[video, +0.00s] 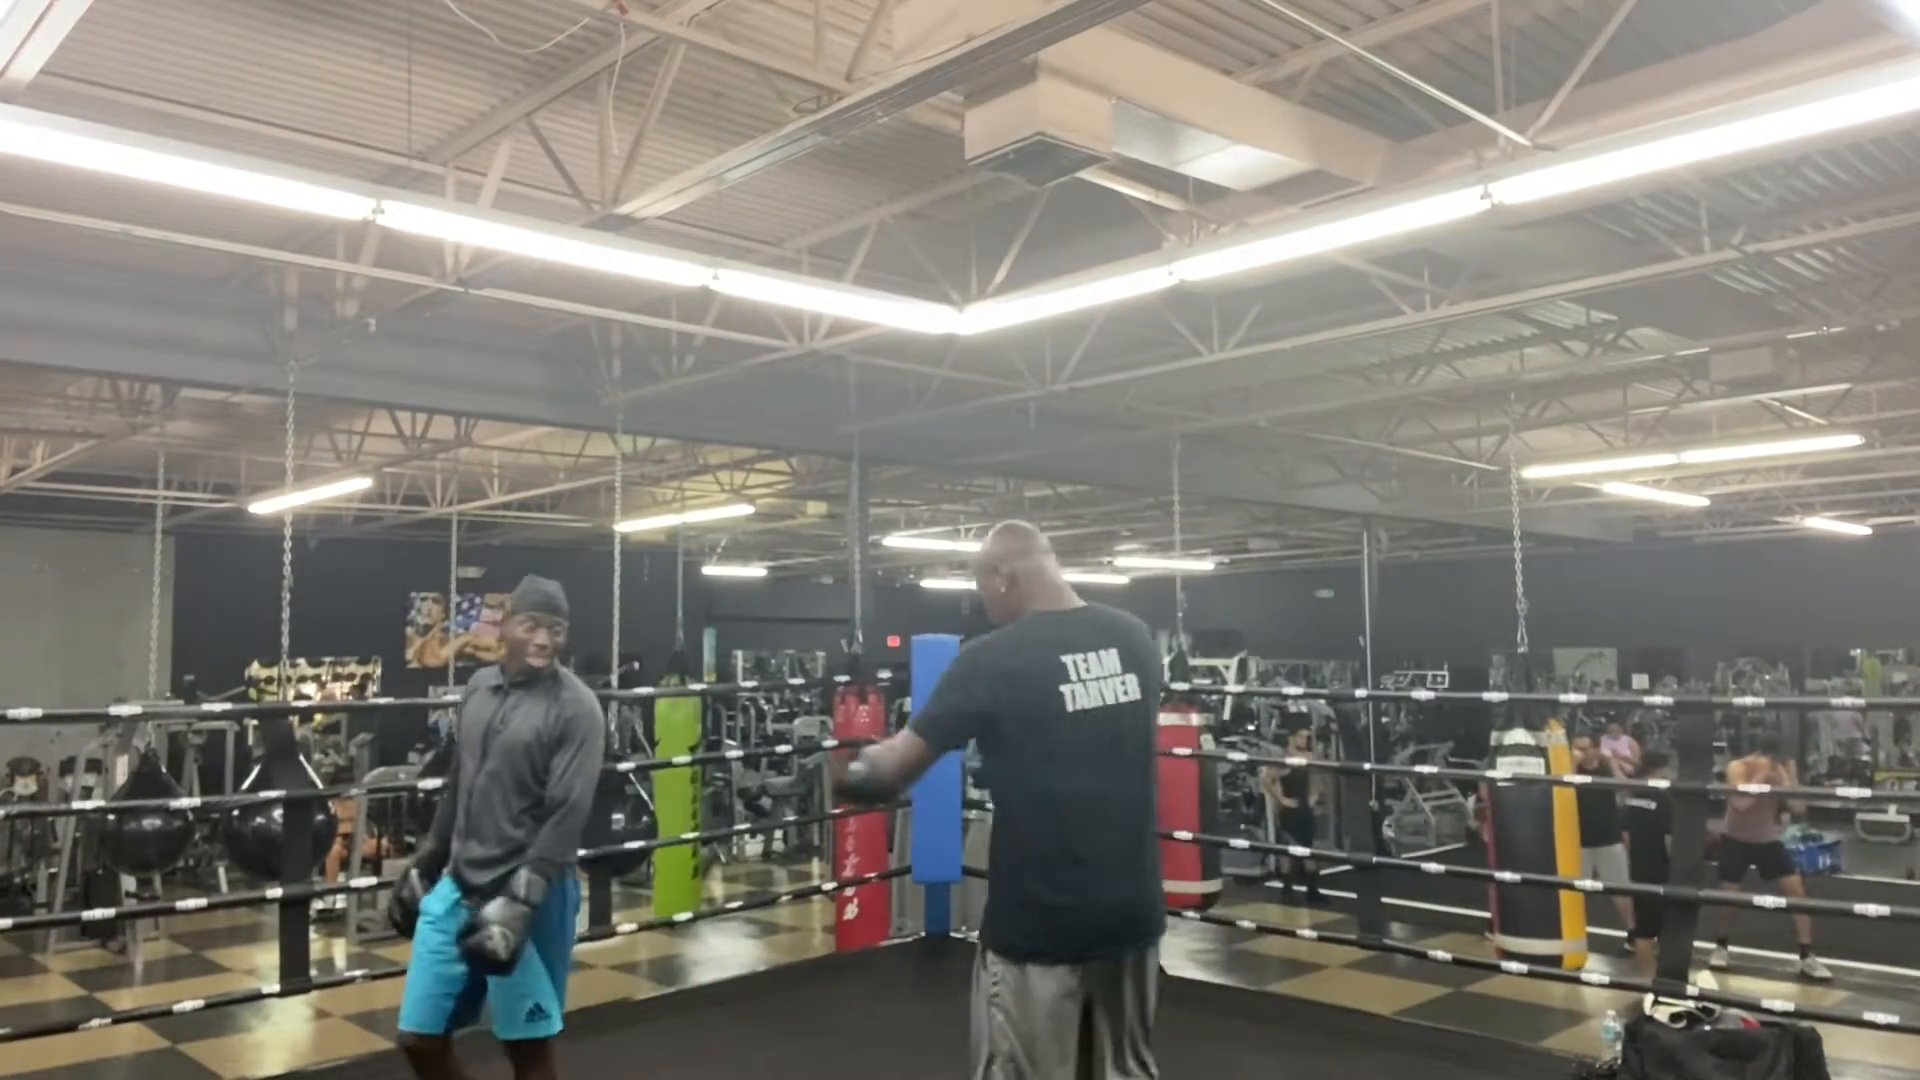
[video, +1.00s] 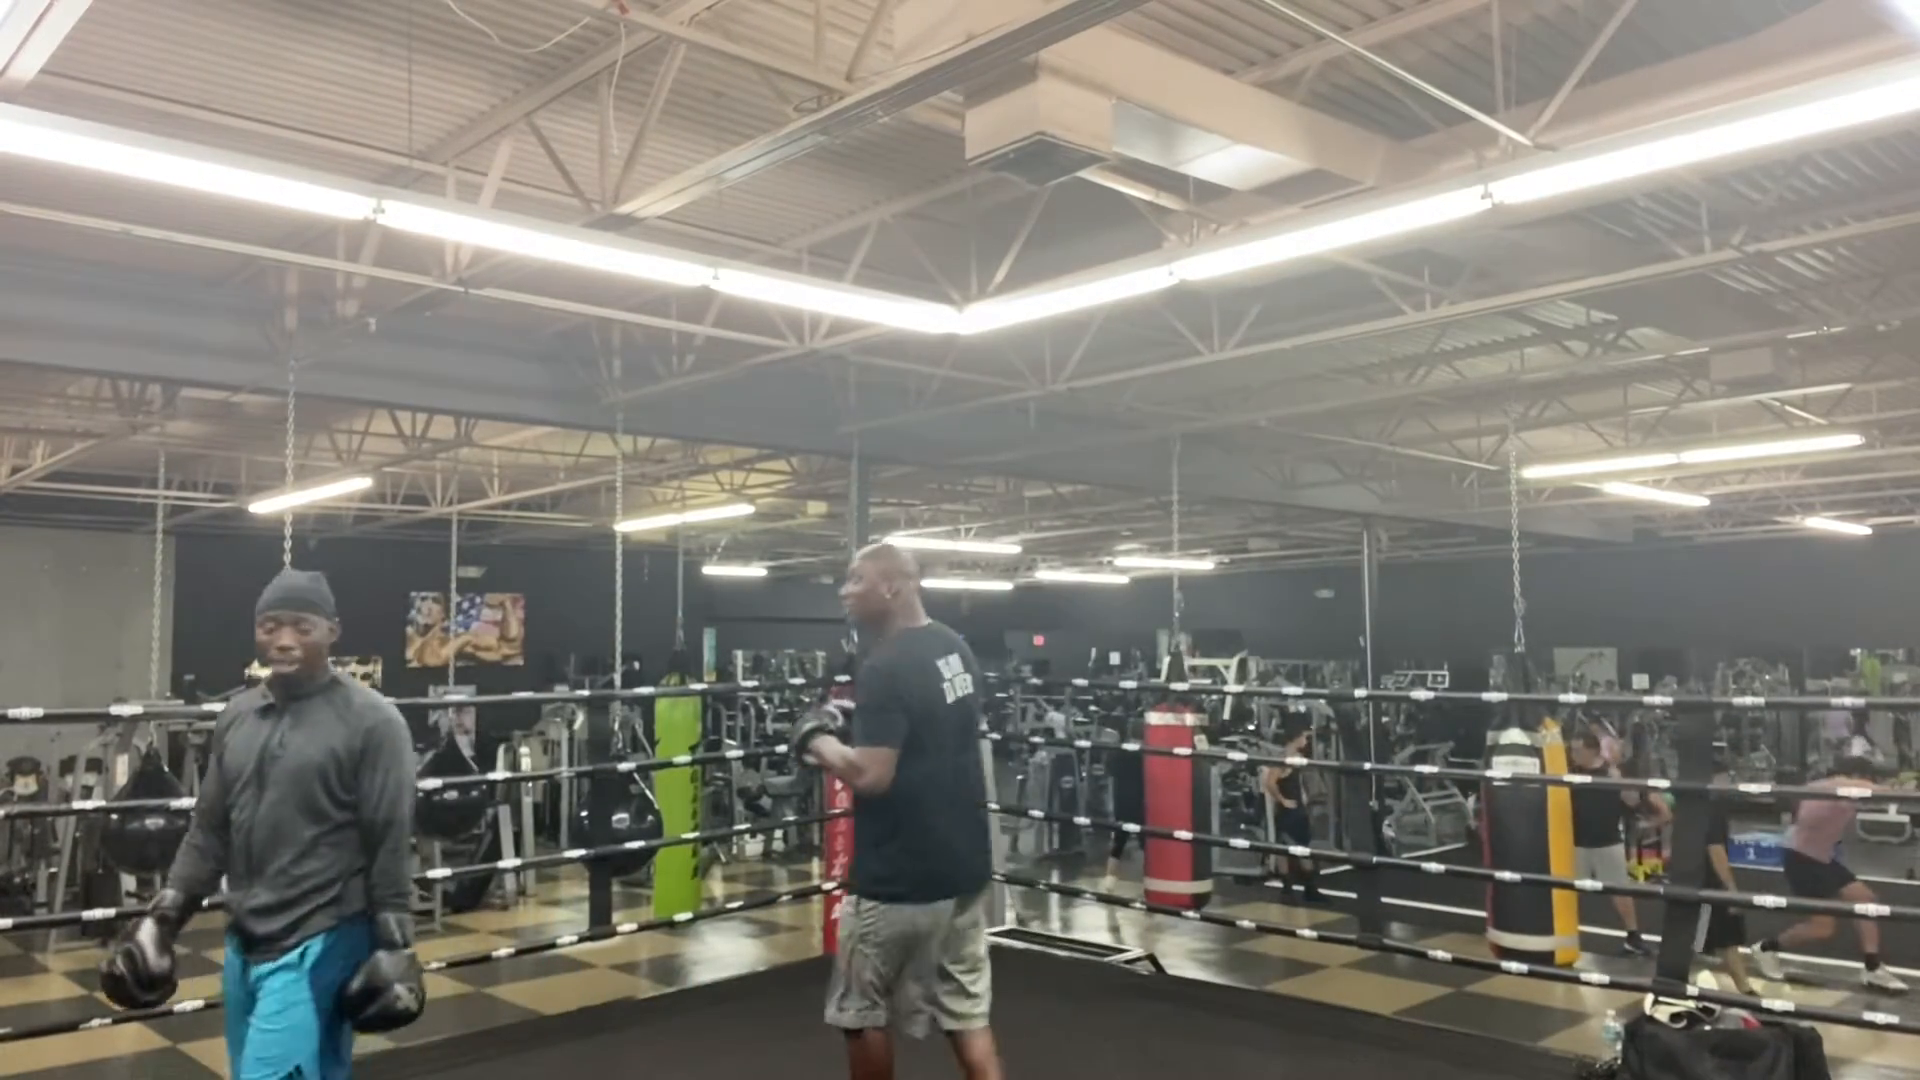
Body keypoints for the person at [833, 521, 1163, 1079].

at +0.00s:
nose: (984, 608)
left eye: (982, 590)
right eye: (981, 592)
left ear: (1004, 576)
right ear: (1055, 566)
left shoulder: (989, 660)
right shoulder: (1134, 635)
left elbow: (896, 765)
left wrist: (861, 766)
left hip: (1036, 918)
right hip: (1133, 909)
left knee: (1021, 1068)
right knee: (1127, 1066)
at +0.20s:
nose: (960, 595)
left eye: (958, 583)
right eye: (957, 584)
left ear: (975, 576)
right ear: (1025, 567)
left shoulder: (961, 653)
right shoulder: (1100, 635)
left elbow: (885, 763)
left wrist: (853, 738)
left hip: (1016, 894)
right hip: (1108, 879)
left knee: (1002, 1065)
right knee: (1087, 1055)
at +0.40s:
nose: (928, 606)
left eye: (933, 592)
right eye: (928, 593)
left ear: (962, 586)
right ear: (987, 585)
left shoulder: (947, 663)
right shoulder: (1069, 656)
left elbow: (942, 782)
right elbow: (1097, 761)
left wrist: (900, 772)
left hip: (984, 902)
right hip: (1066, 890)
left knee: (995, 1065)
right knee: (1046, 1059)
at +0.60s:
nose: (916, 586)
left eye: (924, 573)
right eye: (918, 575)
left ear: (961, 574)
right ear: (977, 576)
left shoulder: (946, 649)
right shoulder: (1042, 647)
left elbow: (919, 757)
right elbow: (1011, 746)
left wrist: (871, 738)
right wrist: (906, 738)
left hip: (962, 871)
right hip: (1041, 864)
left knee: (930, 1033)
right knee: (1030, 1040)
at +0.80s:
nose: (892, 581)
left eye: (903, 568)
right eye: (896, 569)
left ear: (940, 574)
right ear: (952, 576)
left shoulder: (926, 648)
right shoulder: (1005, 640)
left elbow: (892, 749)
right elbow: (971, 737)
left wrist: (849, 724)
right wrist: (885, 721)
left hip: (934, 868)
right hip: (1011, 861)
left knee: (890, 1018)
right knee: (1020, 1025)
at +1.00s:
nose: (844, 592)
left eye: (855, 581)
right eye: (846, 582)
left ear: (895, 587)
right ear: (901, 589)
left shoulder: (886, 665)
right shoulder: (951, 645)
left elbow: (872, 775)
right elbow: (936, 746)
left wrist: (822, 744)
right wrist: (862, 723)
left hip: (898, 874)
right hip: (965, 864)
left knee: (863, 1013)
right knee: (968, 1013)